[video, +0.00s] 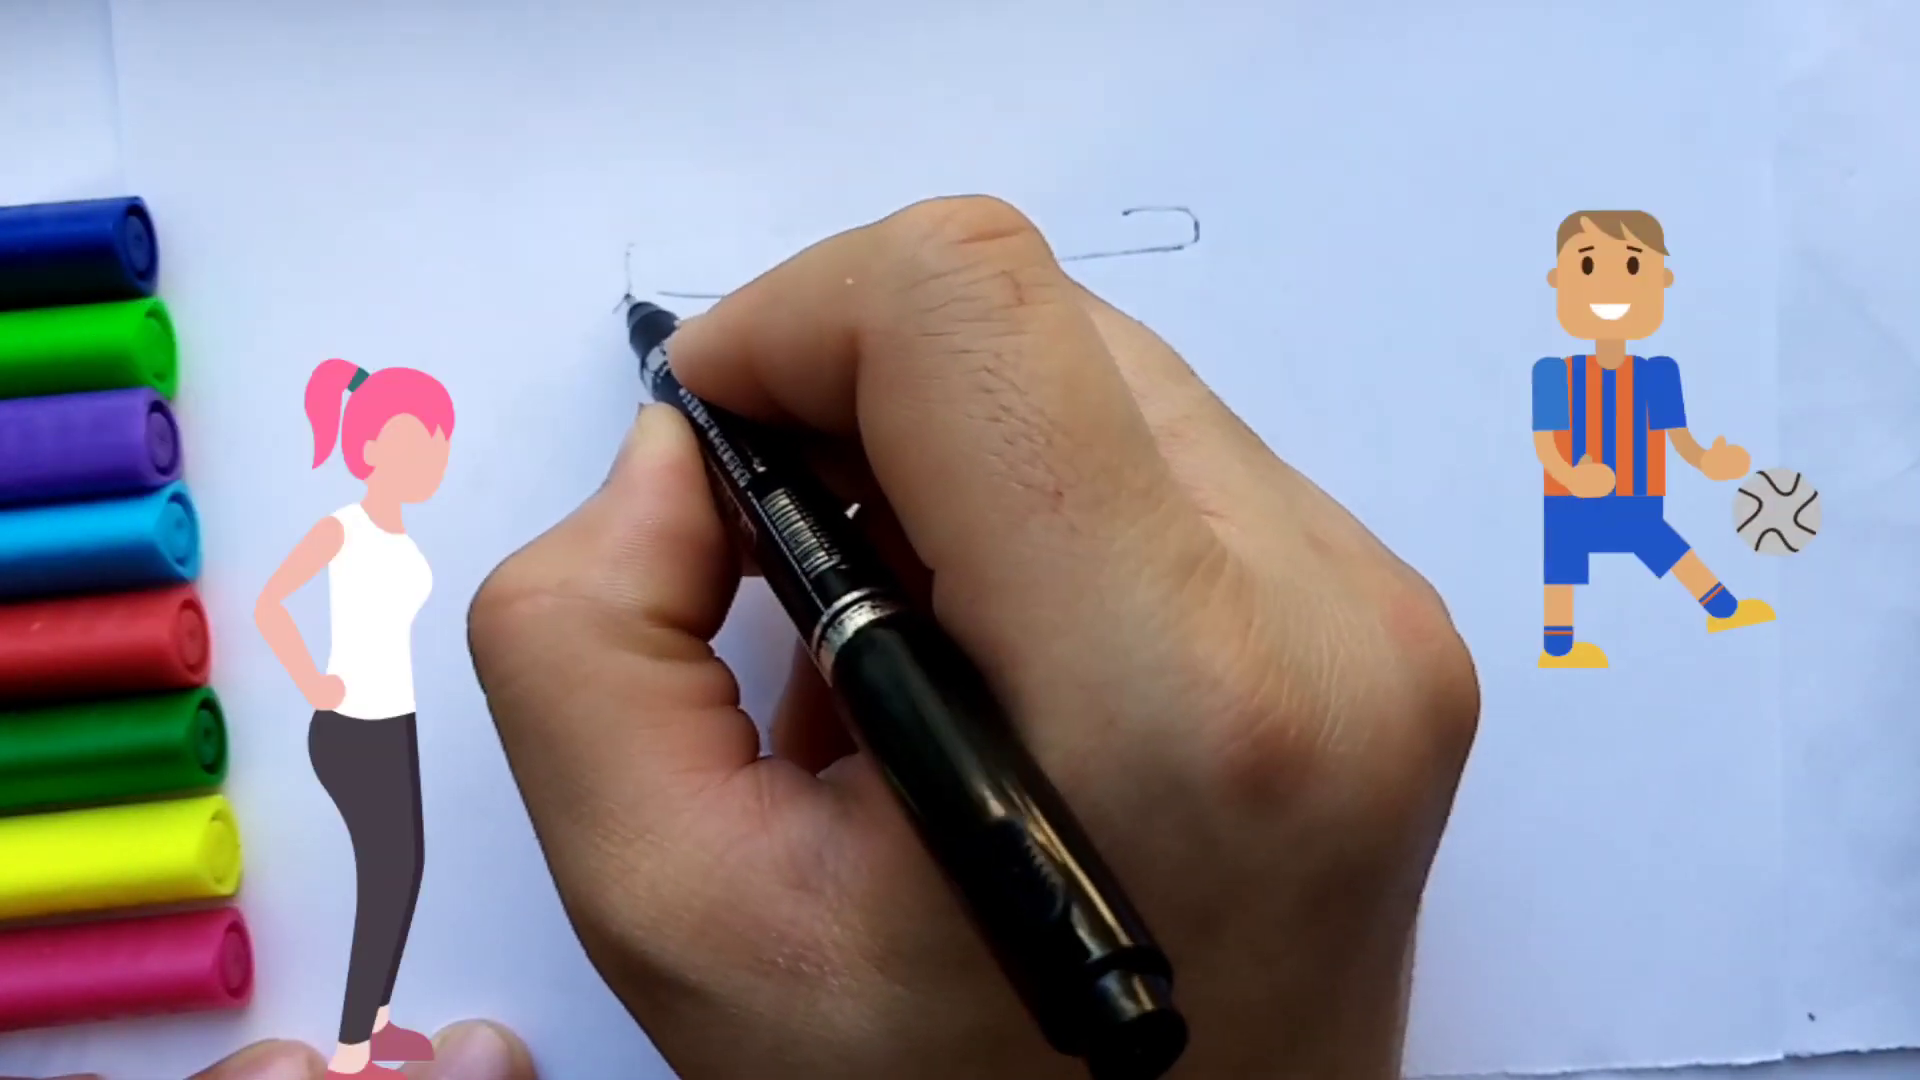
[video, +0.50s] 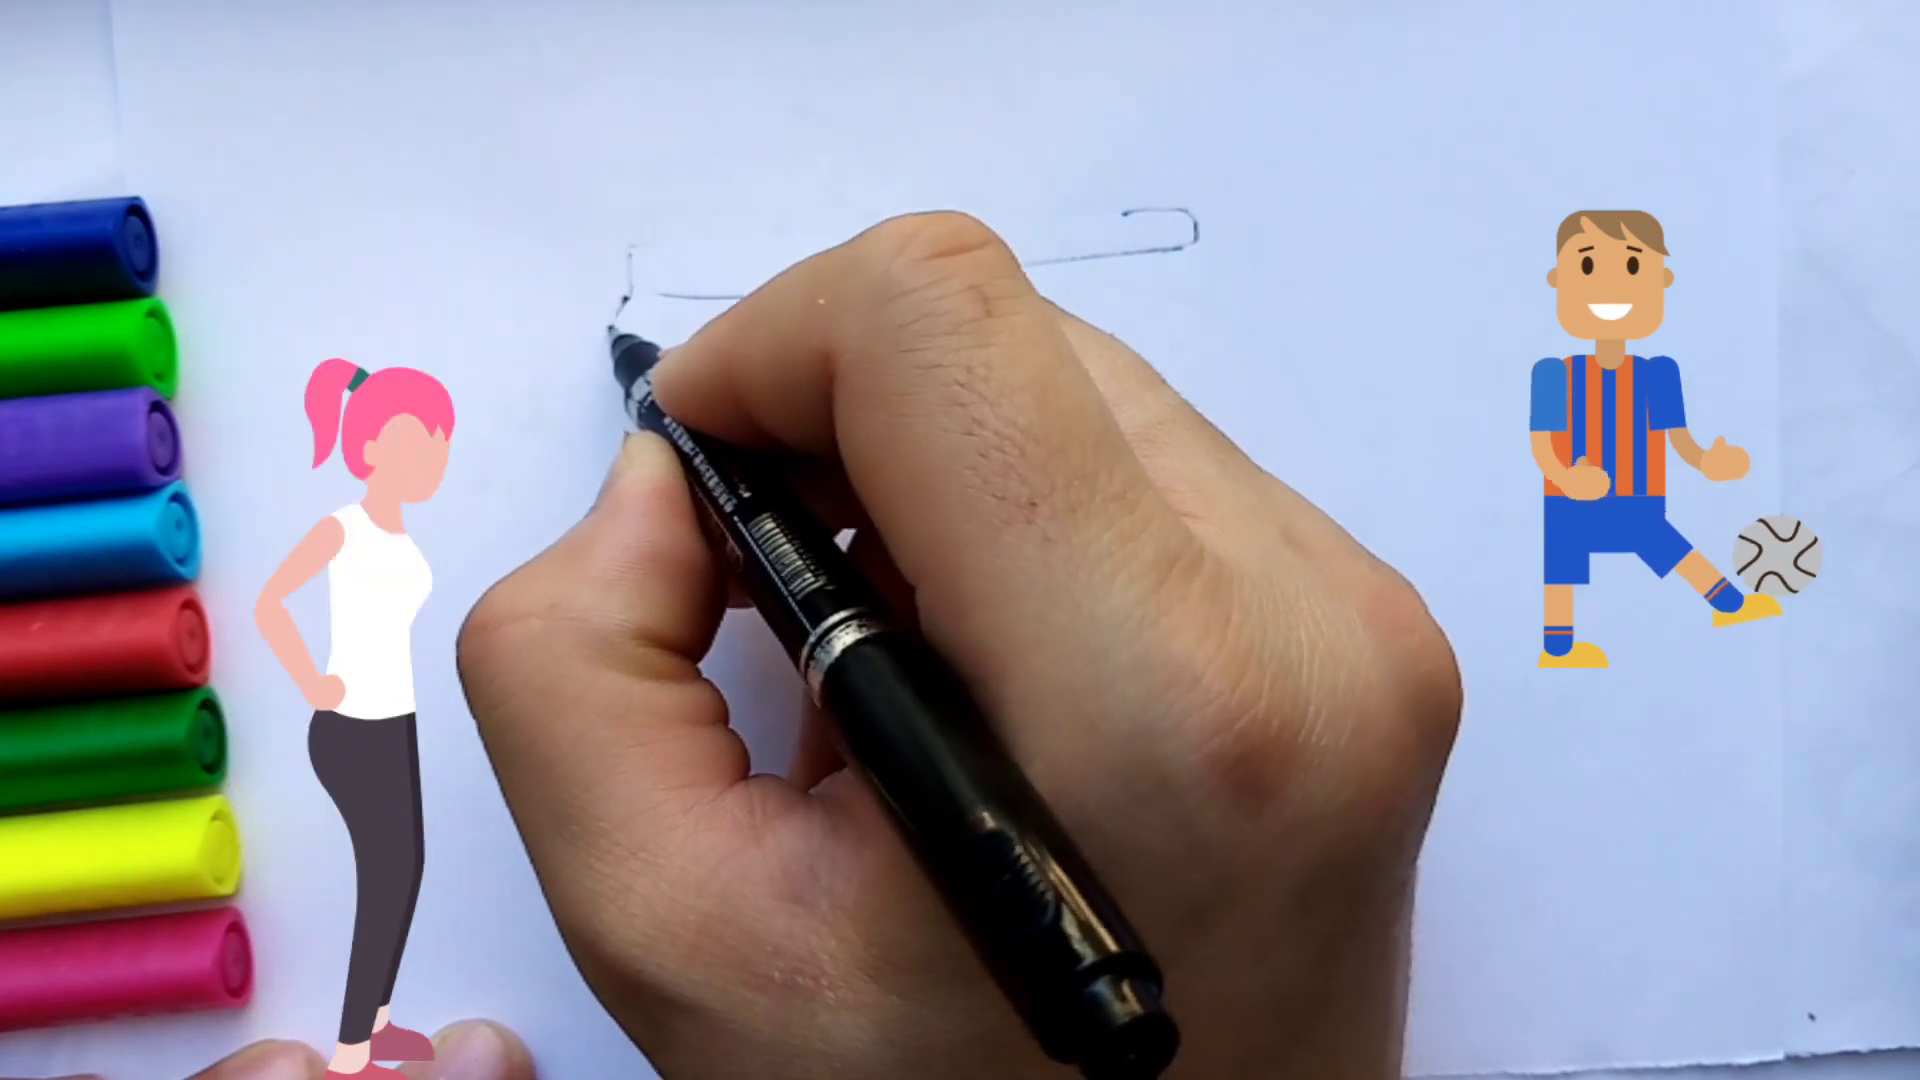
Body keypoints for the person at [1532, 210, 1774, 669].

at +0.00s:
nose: (1610, 287)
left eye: (1631, 267)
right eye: (1590, 267)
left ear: (1661, 283)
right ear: (1561, 283)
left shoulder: (1657, 374)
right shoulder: (1555, 373)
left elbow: (1680, 435)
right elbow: (1546, 441)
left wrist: (1707, 461)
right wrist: (1571, 477)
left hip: (1633, 505)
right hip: (1569, 508)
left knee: (1672, 552)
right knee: (1561, 572)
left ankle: (1723, 607)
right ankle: (1557, 646)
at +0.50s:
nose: (1610, 287)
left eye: (1631, 267)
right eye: (1589, 267)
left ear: (1661, 283)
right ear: (1561, 283)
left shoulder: (1657, 373)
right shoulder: (1555, 374)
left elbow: (1680, 437)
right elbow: (1542, 442)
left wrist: (1708, 462)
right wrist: (1566, 479)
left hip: (1634, 506)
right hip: (1570, 508)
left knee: (1676, 552)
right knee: (1560, 573)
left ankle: (1730, 602)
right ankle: (1557, 646)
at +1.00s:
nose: (1610, 287)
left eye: (1631, 267)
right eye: (1589, 267)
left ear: (1660, 283)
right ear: (1561, 284)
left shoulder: (1657, 373)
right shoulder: (1556, 374)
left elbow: (1682, 437)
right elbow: (1547, 443)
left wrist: (1709, 461)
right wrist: (1571, 478)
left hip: (1632, 505)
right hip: (1569, 507)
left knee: (1671, 551)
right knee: (1560, 571)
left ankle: (1722, 608)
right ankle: (1557, 646)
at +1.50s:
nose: (1610, 287)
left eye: (1631, 267)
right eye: (1589, 266)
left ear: (1662, 283)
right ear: (1559, 283)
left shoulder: (1656, 374)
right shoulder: (1558, 373)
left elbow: (1684, 439)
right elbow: (1550, 442)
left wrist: (1711, 461)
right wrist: (1579, 474)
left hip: (1631, 507)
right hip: (1570, 508)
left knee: (1665, 552)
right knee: (1561, 569)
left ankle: (1713, 615)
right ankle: (1558, 646)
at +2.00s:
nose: (1611, 287)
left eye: (1631, 267)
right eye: (1589, 266)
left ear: (1662, 283)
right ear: (1559, 283)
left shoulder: (1656, 374)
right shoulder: (1558, 373)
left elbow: (1683, 437)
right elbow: (1552, 441)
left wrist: (1709, 461)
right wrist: (1581, 472)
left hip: (1630, 506)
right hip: (1570, 507)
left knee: (1663, 552)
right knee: (1561, 569)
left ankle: (1710, 618)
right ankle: (1558, 647)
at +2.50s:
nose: (1610, 287)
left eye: (1631, 267)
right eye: (1589, 266)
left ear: (1662, 283)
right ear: (1559, 283)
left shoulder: (1657, 374)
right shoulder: (1556, 373)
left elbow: (1682, 437)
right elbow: (1547, 441)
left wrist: (1710, 462)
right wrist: (1573, 476)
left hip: (1632, 505)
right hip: (1569, 507)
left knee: (1667, 551)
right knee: (1560, 569)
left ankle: (1719, 610)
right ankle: (1557, 646)